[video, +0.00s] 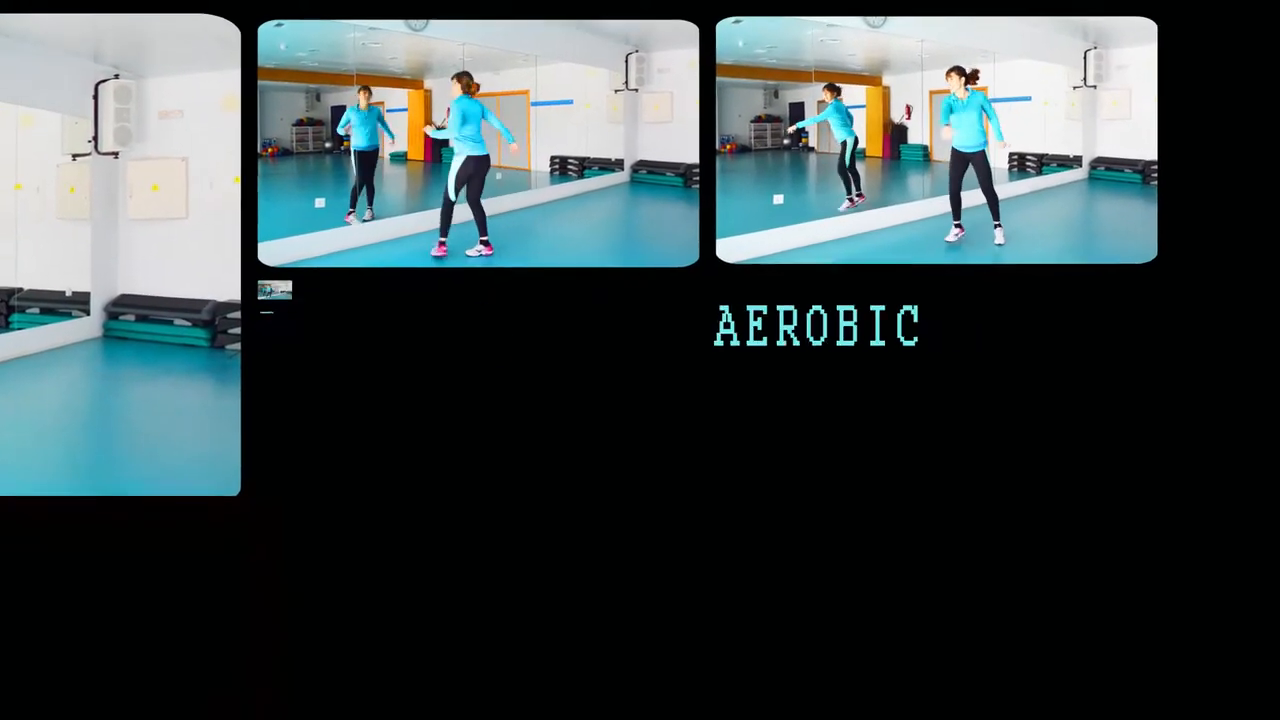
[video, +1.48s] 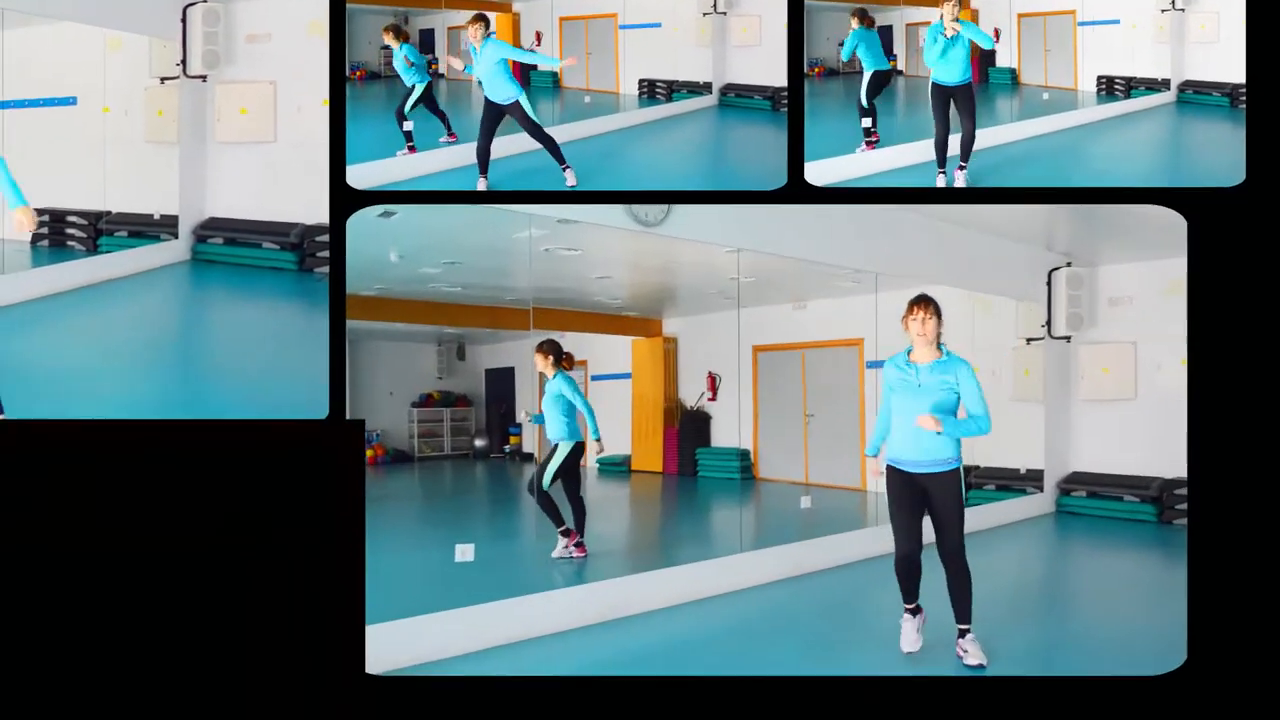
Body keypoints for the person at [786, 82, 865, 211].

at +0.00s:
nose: (824, 96)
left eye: (825, 93)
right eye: (824, 94)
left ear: (832, 93)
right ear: (833, 94)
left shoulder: (832, 107)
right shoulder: (841, 105)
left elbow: (816, 119)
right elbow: (850, 117)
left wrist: (797, 125)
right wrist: (848, 130)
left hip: (847, 139)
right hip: (851, 138)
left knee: (842, 168)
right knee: (851, 167)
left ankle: (850, 198)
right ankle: (859, 194)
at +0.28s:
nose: (838, 77)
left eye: (840, 74)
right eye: (838, 74)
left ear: (847, 75)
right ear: (839, 76)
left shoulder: (851, 87)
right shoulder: (844, 89)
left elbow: (862, 97)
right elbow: (844, 102)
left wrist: (873, 107)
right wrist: (835, 103)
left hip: (859, 123)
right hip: (851, 124)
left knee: (847, 151)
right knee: (852, 152)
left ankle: (847, 183)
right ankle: (870, 170)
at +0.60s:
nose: (870, 48)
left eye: (871, 46)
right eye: (867, 46)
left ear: (872, 49)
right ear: (860, 48)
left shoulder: (874, 63)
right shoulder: (852, 63)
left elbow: (878, 79)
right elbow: (839, 81)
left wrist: (883, 90)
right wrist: (850, 83)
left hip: (871, 100)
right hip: (857, 101)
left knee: (869, 133)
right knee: (859, 134)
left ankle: (869, 163)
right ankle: (851, 167)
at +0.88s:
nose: (863, 34)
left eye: (864, 32)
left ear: (866, 33)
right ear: (877, 32)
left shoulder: (860, 46)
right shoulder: (881, 45)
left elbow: (847, 61)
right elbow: (885, 61)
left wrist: (834, 76)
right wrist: (901, 68)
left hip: (860, 84)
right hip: (874, 84)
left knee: (862, 119)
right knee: (874, 120)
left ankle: (854, 152)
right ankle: (869, 155)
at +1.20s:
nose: (857, 25)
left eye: (858, 22)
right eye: (857, 22)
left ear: (862, 22)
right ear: (871, 21)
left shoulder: (860, 35)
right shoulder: (880, 36)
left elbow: (852, 56)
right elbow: (895, 48)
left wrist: (831, 53)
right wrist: (904, 51)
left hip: (863, 77)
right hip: (879, 77)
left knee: (858, 113)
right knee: (881, 111)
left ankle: (857, 151)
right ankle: (893, 144)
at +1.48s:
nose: (851, 23)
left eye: (852, 20)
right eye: (852, 20)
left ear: (856, 20)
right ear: (865, 19)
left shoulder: (856, 33)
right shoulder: (873, 32)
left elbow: (845, 57)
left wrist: (847, 42)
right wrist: (854, 38)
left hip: (873, 70)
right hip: (886, 68)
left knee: (863, 102)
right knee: (869, 100)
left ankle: (868, 141)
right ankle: (873, 132)